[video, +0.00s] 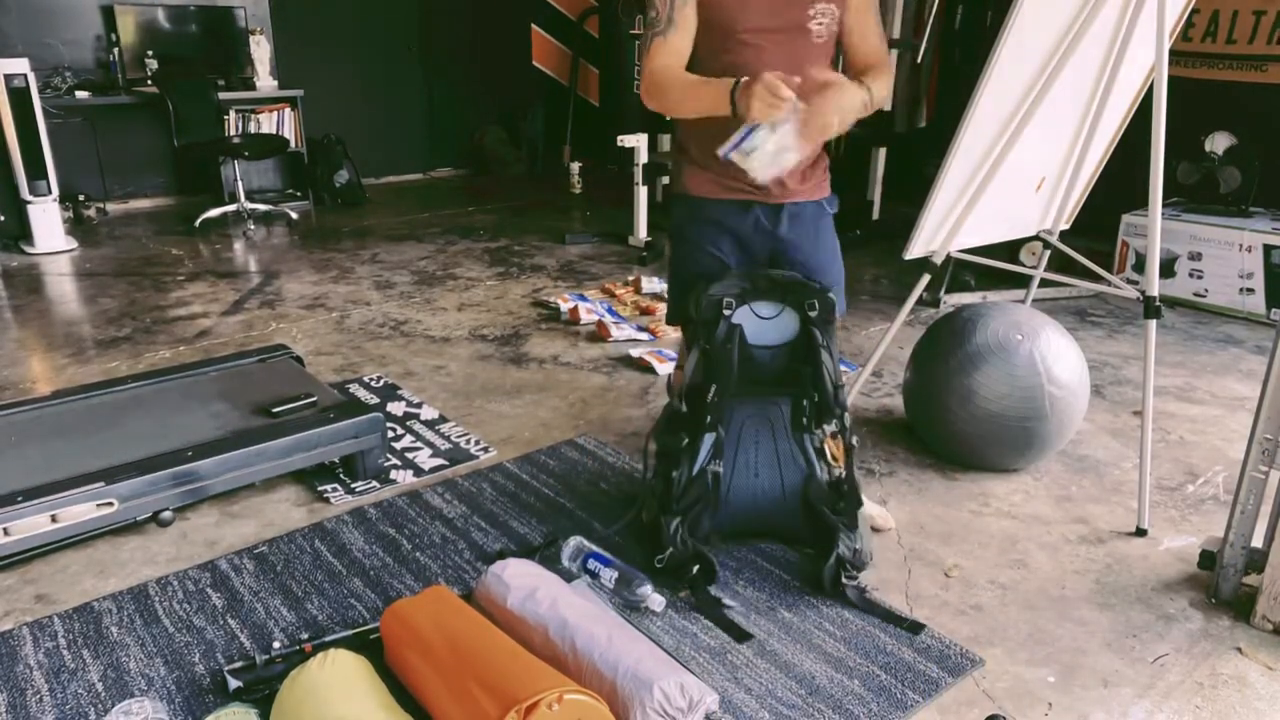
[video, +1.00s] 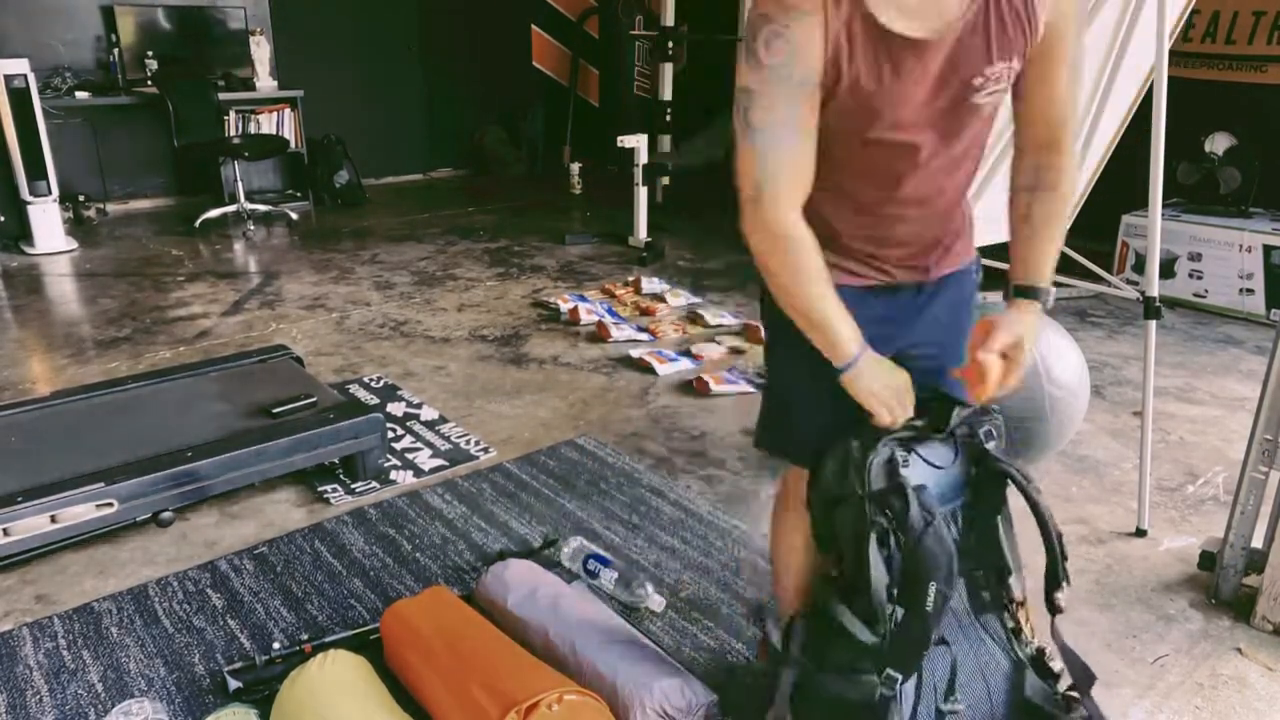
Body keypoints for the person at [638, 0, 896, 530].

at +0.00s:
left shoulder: (846, 4)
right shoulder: (685, 4)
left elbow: (877, 70)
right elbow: (657, 84)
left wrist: (852, 100)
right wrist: (735, 94)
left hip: (806, 205)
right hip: (712, 203)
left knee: (816, 366)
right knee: (708, 368)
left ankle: (827, 490)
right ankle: (699, 494)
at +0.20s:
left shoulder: (853, 2)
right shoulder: (686, 5)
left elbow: (883, 79)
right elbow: (651, 90)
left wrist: (813, 127)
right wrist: (737, 129)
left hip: (811, 207)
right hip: (712, 206)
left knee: (818, 364)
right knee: (710, 366)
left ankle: (828, 486)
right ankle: (699, 490)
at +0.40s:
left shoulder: (852, 3)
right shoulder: (683, 5)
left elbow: (871, 77)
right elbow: (658, 93)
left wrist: (817, 140)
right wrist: (714, 133)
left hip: (812, 211)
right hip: (712, 208)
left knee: (818, 367)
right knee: (710, 370)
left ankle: (828, 492)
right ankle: (701, 496)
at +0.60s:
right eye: (894, 279)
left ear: (961, 265)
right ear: (873, 235)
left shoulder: (982, 274)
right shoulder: (811, 189)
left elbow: (1002, 435)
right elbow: (730, 134)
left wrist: (980, 572)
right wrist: (745, 246)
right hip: (817, 256)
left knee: (923, 406)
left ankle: (893, 544)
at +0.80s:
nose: (851, 190)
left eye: (875, 173)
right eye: (835, 170)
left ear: (934, 103)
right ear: (810, 99)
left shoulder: (987, 114)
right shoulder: (757, 134)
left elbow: (1046, 190)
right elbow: (683, 293)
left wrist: (988, 297)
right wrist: (792, 397)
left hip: (906, 262)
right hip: (785, 277)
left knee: (960, 439)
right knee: (768, 467)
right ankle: (761, 664)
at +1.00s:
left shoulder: (1039, 8)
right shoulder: (796, 12)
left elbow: (1045, 148)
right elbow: (769, 213)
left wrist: (1028, 298)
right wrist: (853, 358)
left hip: (946, 276)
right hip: (826, 282)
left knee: (935, 470)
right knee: (816, 481)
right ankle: (802, 658)